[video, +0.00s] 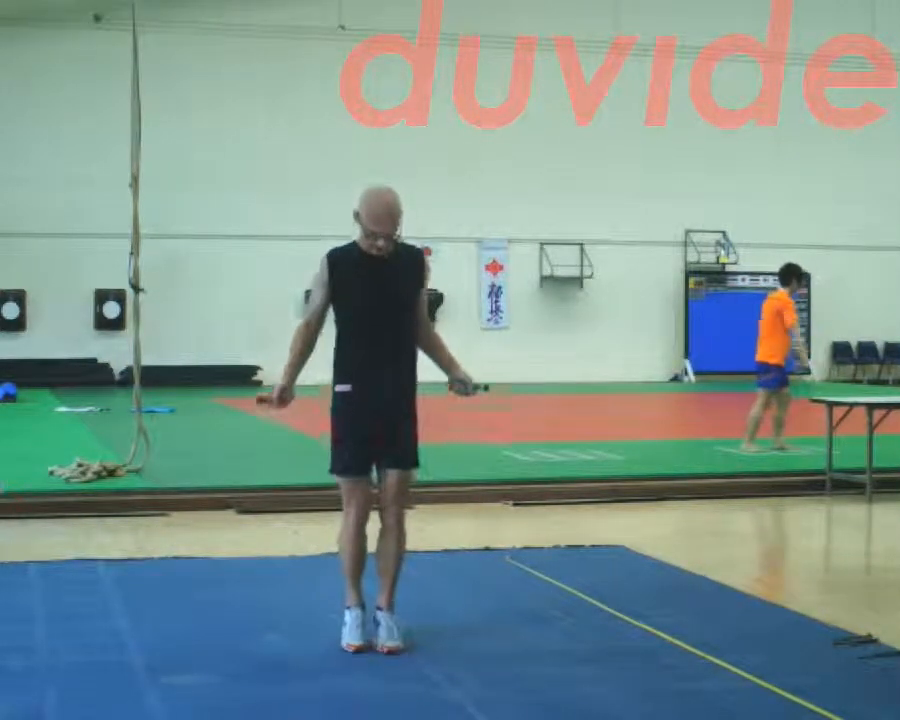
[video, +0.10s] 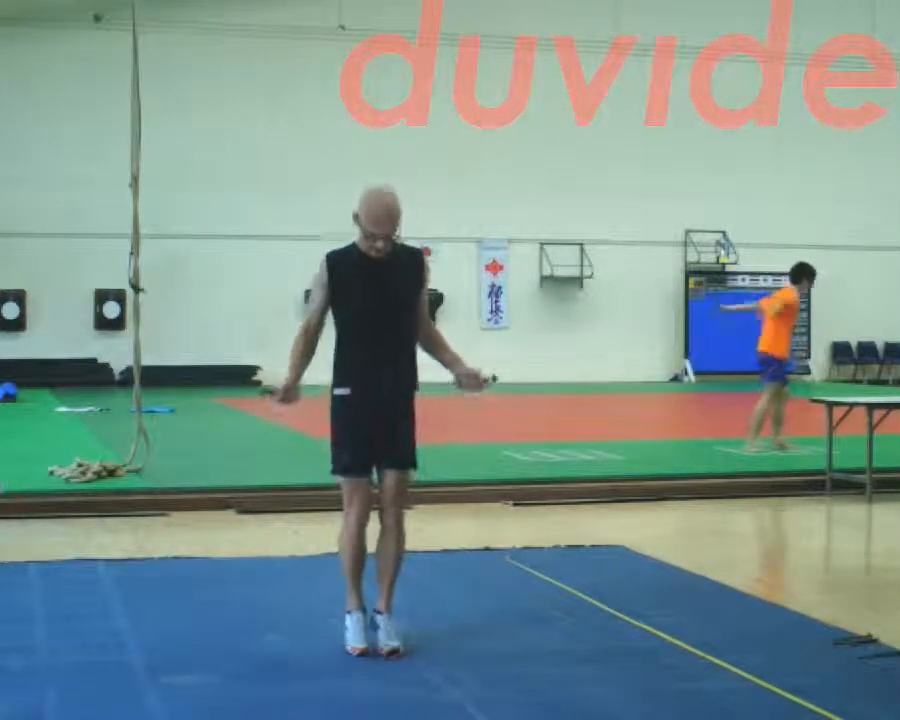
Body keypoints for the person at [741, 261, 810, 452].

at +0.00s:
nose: (801, 286)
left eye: (801, 281)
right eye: (800, 281)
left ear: (783, 280)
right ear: (793, 281)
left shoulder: (771, 299)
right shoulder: (785, 302)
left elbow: (767, 331)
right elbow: (794, 333)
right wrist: (804, 359)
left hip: (766, 357)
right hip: (773, 359)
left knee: (783, 398)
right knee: (763, 399)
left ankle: (778, 439)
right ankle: (748, 441)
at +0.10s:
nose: (810, 286)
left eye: (811, 282)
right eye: (810, 282)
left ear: (795, 279)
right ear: (803, 280)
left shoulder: (782, 294)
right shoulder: (790, 296)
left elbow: (757, 305)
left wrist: (730, 308)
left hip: (773, 351)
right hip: (773, 352)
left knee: (781, 395)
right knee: (769, 394)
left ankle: (778, 437)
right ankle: (752, 440)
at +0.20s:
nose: (816, 292)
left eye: (818, 289)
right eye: (817, 287)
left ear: (804, 281)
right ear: (810, 284)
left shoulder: (783, 291)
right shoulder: (795, 292)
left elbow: (758, 286)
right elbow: (773, 282)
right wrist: (747, 273)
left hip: (769, 344)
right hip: (769, 345)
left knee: (778, 393)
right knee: (771, 392)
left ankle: (779, 435)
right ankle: (767, 436)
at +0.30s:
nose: (817, 310)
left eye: (820, 306)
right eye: (819, 305)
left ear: (809, 294)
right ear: (813, 298)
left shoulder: (784, 296)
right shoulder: (797, 300)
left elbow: (765, 285)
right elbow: (776, 280)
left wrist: (753, 268)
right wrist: (756, 264)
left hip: (760, 346)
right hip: (767, 348)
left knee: (775, 394)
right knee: (776, 395)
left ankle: (773, 437)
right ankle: (773, 438)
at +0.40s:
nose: (818, 335)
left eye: (820, 331)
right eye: (819, 330)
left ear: (810, 320)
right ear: (813, 324)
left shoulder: (789, 319)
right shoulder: (794, 321)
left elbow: (773, 304)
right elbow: (774, 302)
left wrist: (762, 280)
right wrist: (763, 280)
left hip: (752, 363)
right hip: (760, 366)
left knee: (778, 402)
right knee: (782, 403)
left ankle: (772, 440)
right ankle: (773, 442)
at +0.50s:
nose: (820, 347)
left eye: (822, 344)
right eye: (821, 343)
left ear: (809, 335)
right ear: (815, 339)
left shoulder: (791, 341)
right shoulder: (796, 343)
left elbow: (766, 341)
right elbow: (771, 336)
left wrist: (751, 328)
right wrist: (748, 322)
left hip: (752, 376)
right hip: (760, 378)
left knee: (787, 405)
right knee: (791, 404)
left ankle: (771, 440)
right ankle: (774, 443)